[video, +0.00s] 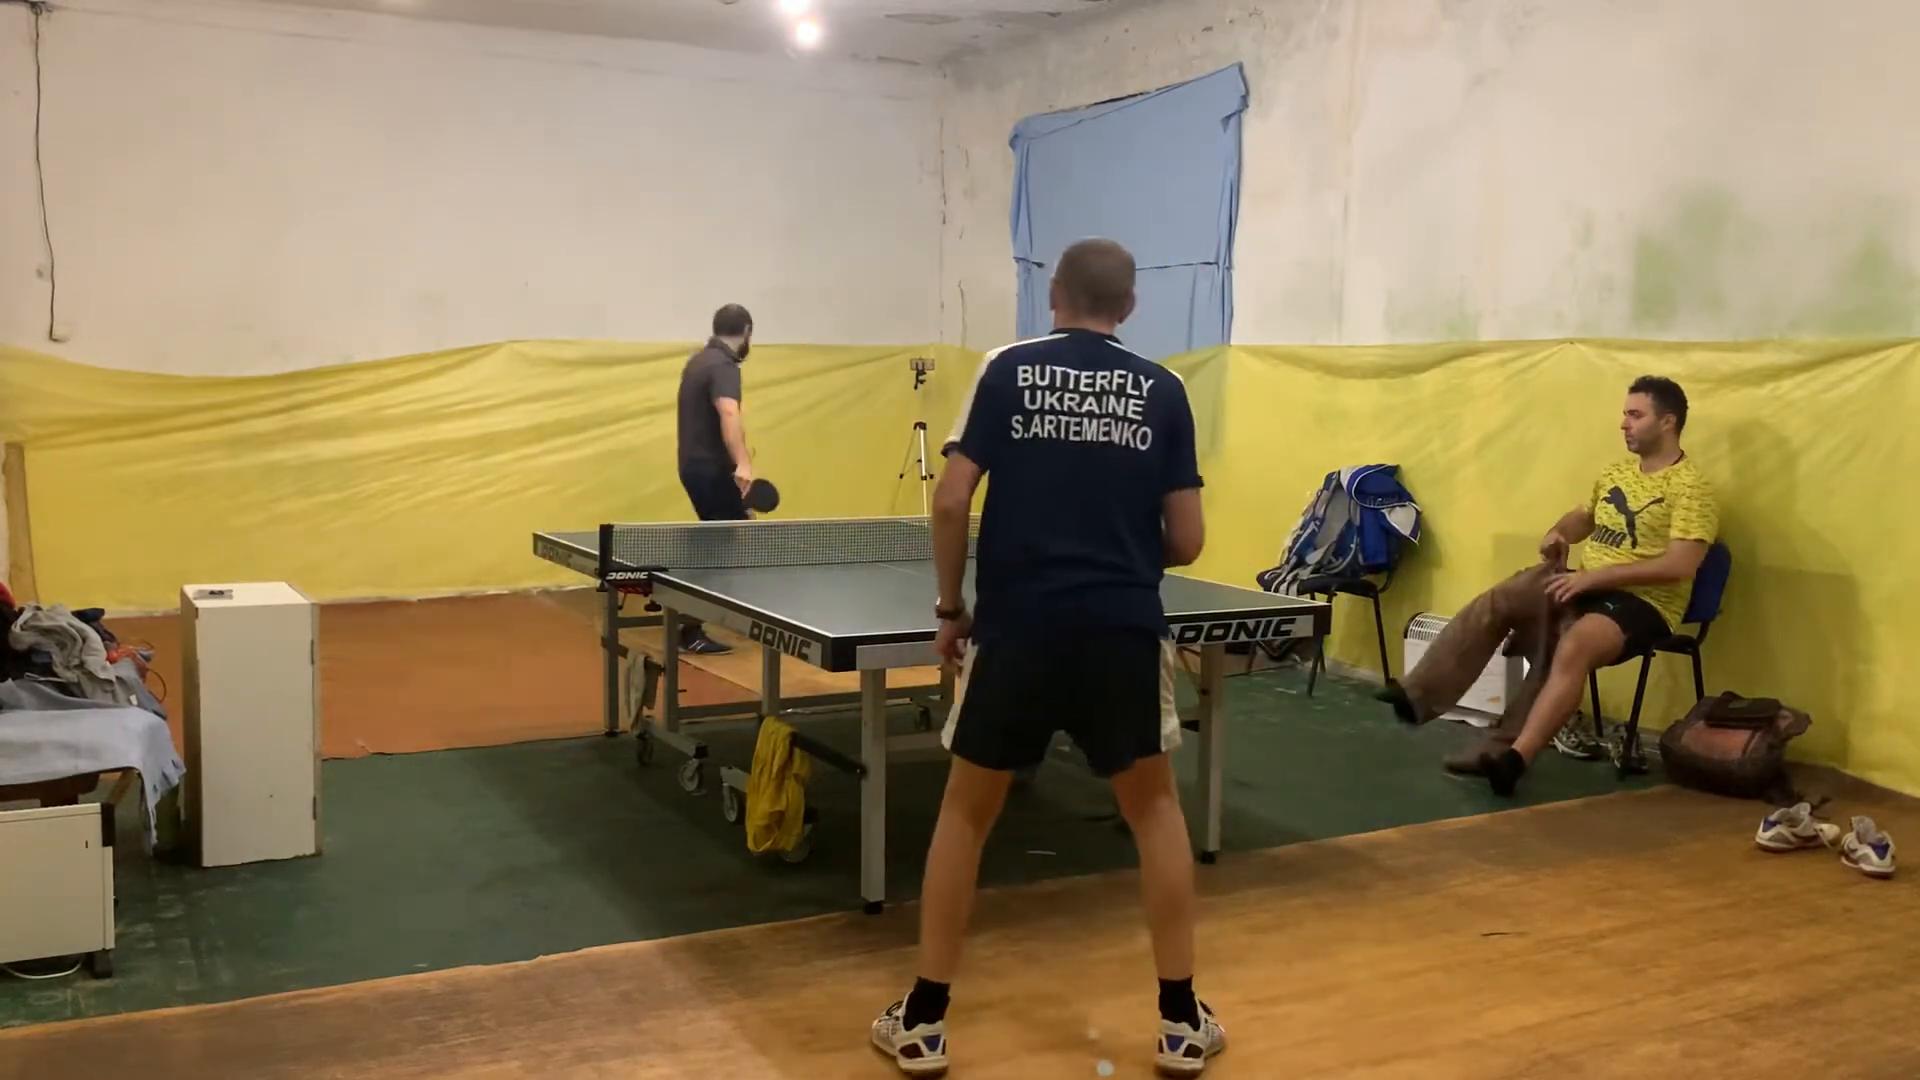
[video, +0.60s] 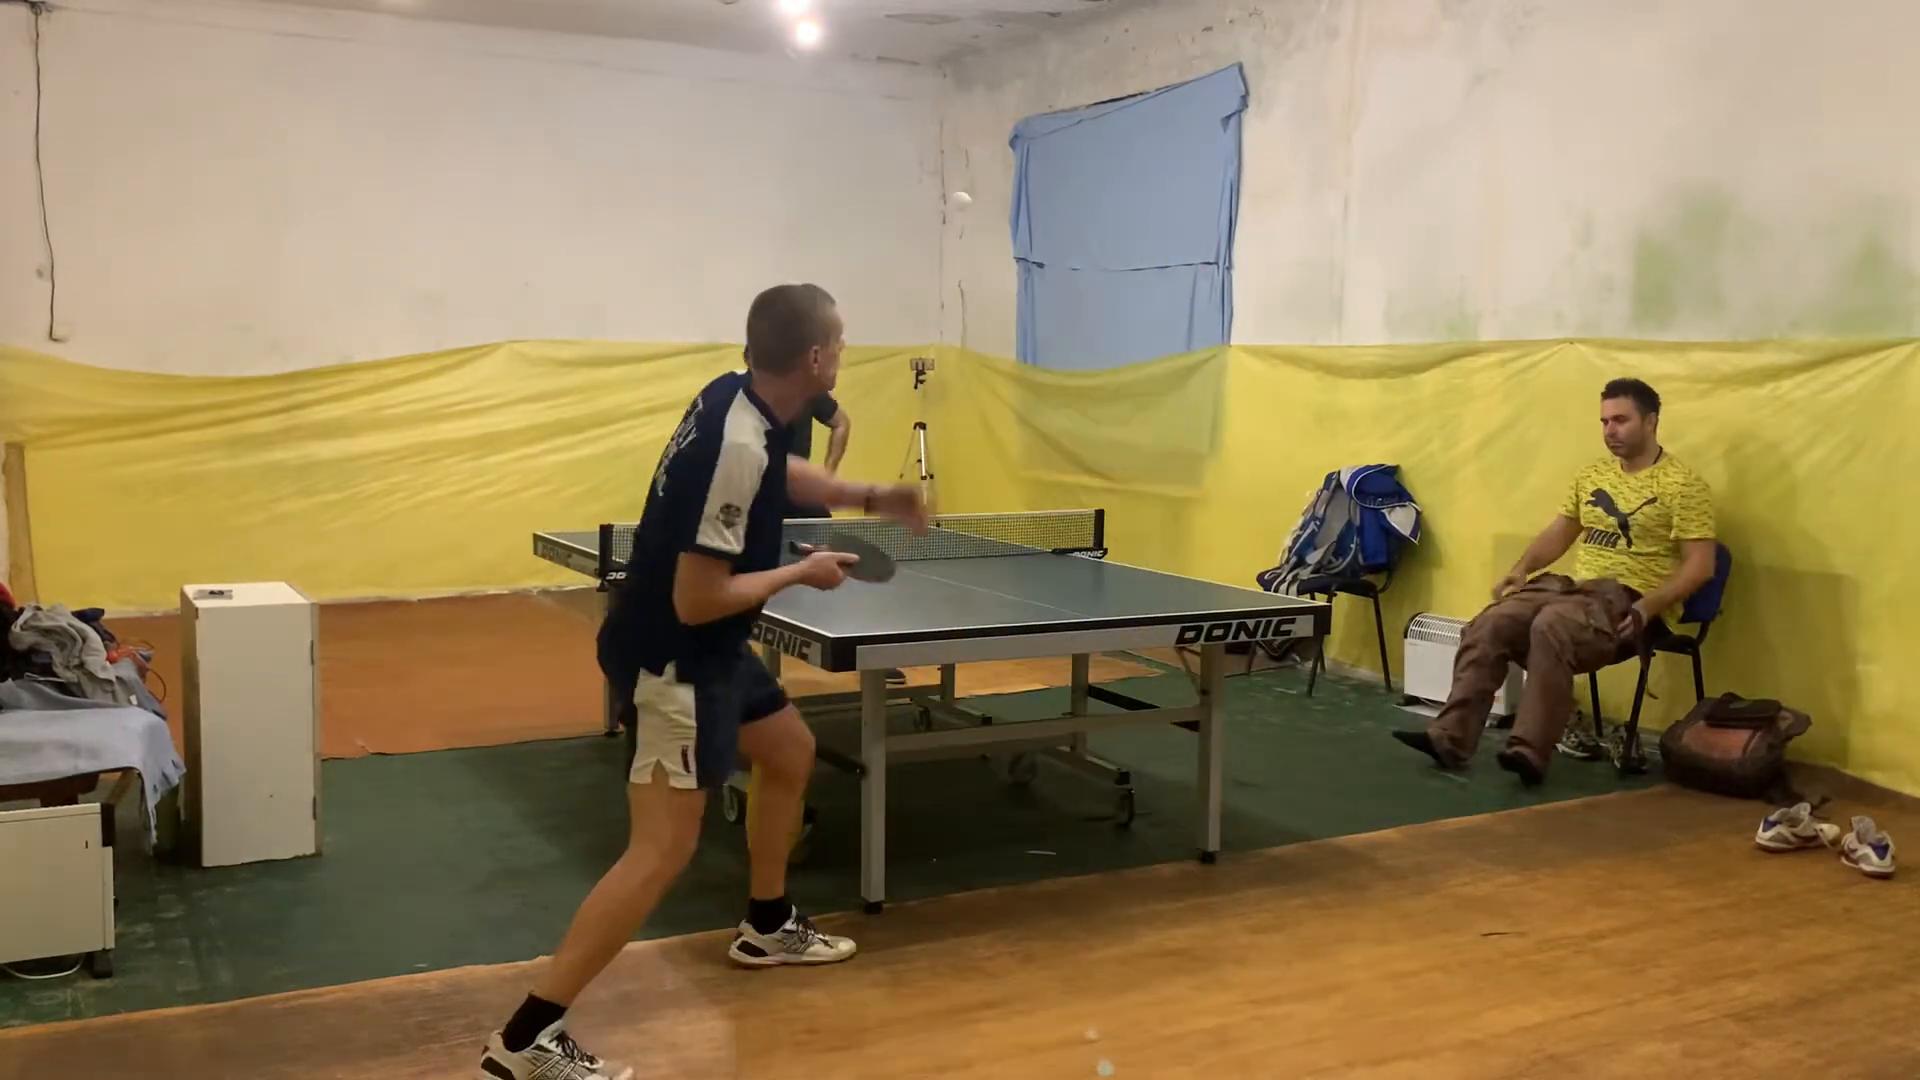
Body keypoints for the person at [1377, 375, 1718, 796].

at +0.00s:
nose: (1624, 425)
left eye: (1635, 416)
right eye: (1625, 415)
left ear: (1669, 423)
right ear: (1655, 422)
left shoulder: (1690, 484)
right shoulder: (1618, 472)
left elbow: (1682, 564)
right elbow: (1585, 516)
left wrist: (1596, 578)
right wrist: (1560, 534)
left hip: (1647, 599)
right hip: (1587, 583)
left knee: (1575, 645)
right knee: (1497, 605)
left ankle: (1516, 759)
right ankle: (1422, 695)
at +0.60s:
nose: (1610, 430)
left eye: (1620, 420)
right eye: (1605, 422)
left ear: (1652, 421)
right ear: (1600, 425)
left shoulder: (1683, 486)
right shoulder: (1593, 475)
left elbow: (1700, 566)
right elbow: (1561, 531)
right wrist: (1522, 568)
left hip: (1630, 603)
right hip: (1574, 591)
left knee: (1552, 628)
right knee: (1490, 623)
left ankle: (1531, 750)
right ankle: (1452, 739)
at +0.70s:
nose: (1610, 431)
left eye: (1620, 420)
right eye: (1605, 421)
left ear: (1652, 421)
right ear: (1601, 423)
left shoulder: (1682, 485)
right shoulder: (1595, 475)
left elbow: (1691, 569)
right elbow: (1560, 539)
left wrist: (1643, 609)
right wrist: (1522, 586)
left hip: (1627, 601)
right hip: (1569, 589)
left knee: (1549, 628)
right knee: (1489, 625)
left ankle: (1531, 750)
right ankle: (1452, 739)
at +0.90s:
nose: (1607, 429)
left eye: (1617, 419)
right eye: (1603, 420)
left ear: (1650, 420)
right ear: (1599, 421)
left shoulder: (1679, 483)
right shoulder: (1594, 477)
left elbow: (1684, 568)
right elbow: (1563, 547)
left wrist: (1644, 622)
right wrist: (1525, 593)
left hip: (1628, 597)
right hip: (1571, 587)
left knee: (1548, 627)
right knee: (1493, 619)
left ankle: (1530, 749)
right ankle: (1449, 732)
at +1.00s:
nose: (1606, 429)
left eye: (1616, 418)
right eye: (1602, 419)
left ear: (1649, 420)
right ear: (1598, 421)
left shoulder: (1679, 484)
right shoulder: (1595, 476)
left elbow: (1683, 569)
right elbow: (1563, 546)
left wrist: (1646, 630)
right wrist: (1529, 594)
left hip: (1626, 597)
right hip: (1571, 587)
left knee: (1549, 626)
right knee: (1494, 618)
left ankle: (1530, 750)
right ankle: (1446, 726)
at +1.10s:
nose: (1606, 428)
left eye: (1616, 418)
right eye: (1601, 419)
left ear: (1648, 420)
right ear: (1598, 421)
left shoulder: (1680, 485)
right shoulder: (1594, 476)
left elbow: (1678, 571)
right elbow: (1562, 545)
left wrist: (1644, 633)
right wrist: (1529, 594)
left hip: (1626, 597)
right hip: (1570, 587)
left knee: (1552, 626)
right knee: (1495, 615)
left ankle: (1530, 750)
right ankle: (1446, 721)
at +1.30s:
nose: (1602, 429)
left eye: (1612, 419)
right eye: (1599, 419)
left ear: (1646, 421)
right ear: (1597, 421)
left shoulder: (1679, 485)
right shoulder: (1591, 477)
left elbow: (1677, 570)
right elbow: (1560, 547)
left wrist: (1645, 632)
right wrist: (1528, 593)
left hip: (1625, 596)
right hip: (1569, 587)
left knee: (1555, 627)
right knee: (1495, 613)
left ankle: (1530, 751)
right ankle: (1451, 718)